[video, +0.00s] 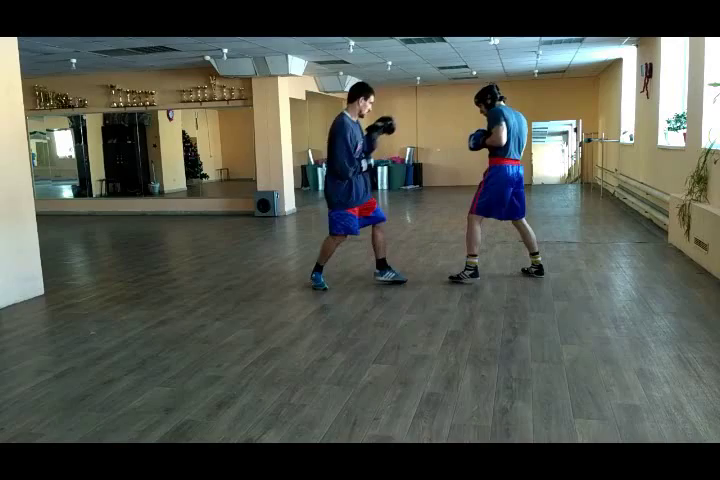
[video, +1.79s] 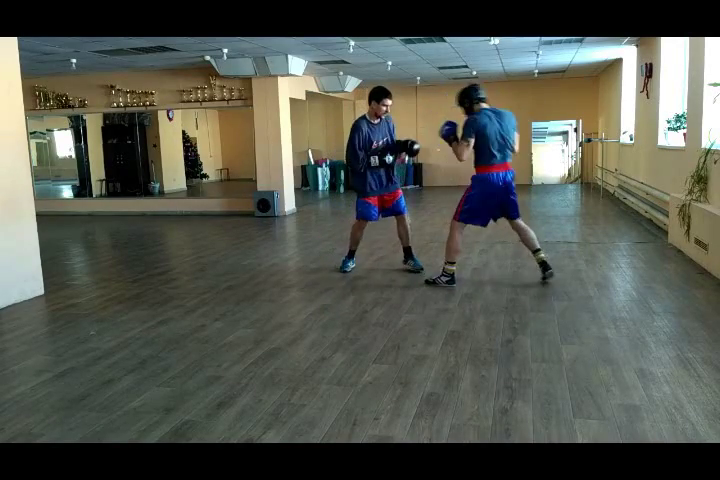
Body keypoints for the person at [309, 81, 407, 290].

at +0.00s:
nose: (370, 108)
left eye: (371, 103)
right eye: (369, 102)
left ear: (357, 101)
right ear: (359, 100)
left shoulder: (355, 124)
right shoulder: (342, 125)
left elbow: (362, 154)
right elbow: (344, 169)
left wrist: (374, 133)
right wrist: (366, 160)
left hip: (359, 189)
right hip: (342, 192)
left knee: (379, 221)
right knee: (339, 233)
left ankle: (383, 269)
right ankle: (317, 272)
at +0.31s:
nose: (376, 108)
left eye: (377, 104)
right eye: (374, 103)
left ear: (366, 102)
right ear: (363, 101)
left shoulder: (367, 124)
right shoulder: (346, 125)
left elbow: (374, 151)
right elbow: (340, 164)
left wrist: (389, 134)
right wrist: (369, 163)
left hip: (368, 188)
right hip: (347, 191)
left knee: (384, 225)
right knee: (336, 232)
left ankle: (389, 264)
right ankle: (316, 273)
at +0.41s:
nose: (385, 106)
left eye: (387, 102)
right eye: (383, 101)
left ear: (380, 102)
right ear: (372, 100)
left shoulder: (382, 123)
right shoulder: (353, 124)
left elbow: (389, 141)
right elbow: (344, 161)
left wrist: (407, 121)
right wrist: (373, 162)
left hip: (375, 188)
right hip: (351, 189)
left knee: (386, 224)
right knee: (336, 229)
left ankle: (388, 265)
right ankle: (317, 272)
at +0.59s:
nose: (394, 107)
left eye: (396, 103)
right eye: (392, 102)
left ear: (385, 101)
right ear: (380, 99)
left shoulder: (395, 117)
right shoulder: (360, 120)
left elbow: (422, 113)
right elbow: (349, 155)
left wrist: (449, 103)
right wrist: (377, 158)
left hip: (375, 182)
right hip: (353, 183)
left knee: (384, 223)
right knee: (343, 223)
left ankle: (389, 265)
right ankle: (328, 267)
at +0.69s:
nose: (394, 106)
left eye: (396, 102)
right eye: (392, 101)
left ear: (383, 101)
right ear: (380, 100)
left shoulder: (395, 117)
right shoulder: (359, 120)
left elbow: (422, 114)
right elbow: (349, 156)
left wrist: (449, 104)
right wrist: (378, 158)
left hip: (375, 181)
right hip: (353, 182)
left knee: (384, 223)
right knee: (344, 222)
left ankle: (388, 264)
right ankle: (329, 265)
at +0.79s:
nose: (386, 104)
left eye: (387, 100)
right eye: (384, 100)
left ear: (379, 99)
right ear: (371, 97)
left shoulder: (386, 118)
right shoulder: (352, 120)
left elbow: (399, 135)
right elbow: (344, 154)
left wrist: (417, 119)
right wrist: (370, 155)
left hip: (378, 182)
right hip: (355, 182)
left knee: (385, 223)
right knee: (345, 222)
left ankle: (390, 263)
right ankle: (332, 260)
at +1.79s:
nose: (387, 110)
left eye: (389, 106)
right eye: (384, 105)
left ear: (389, 105)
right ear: (372, 104)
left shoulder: (388, 123)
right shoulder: (360, 126)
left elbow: (391, 146)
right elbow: (354, 158)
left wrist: (404, 147)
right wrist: (382, 157)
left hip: (389, 179)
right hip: (368, 182)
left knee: (401, 215)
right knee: (362, 220)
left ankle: (408, 256)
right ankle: (350, 257)